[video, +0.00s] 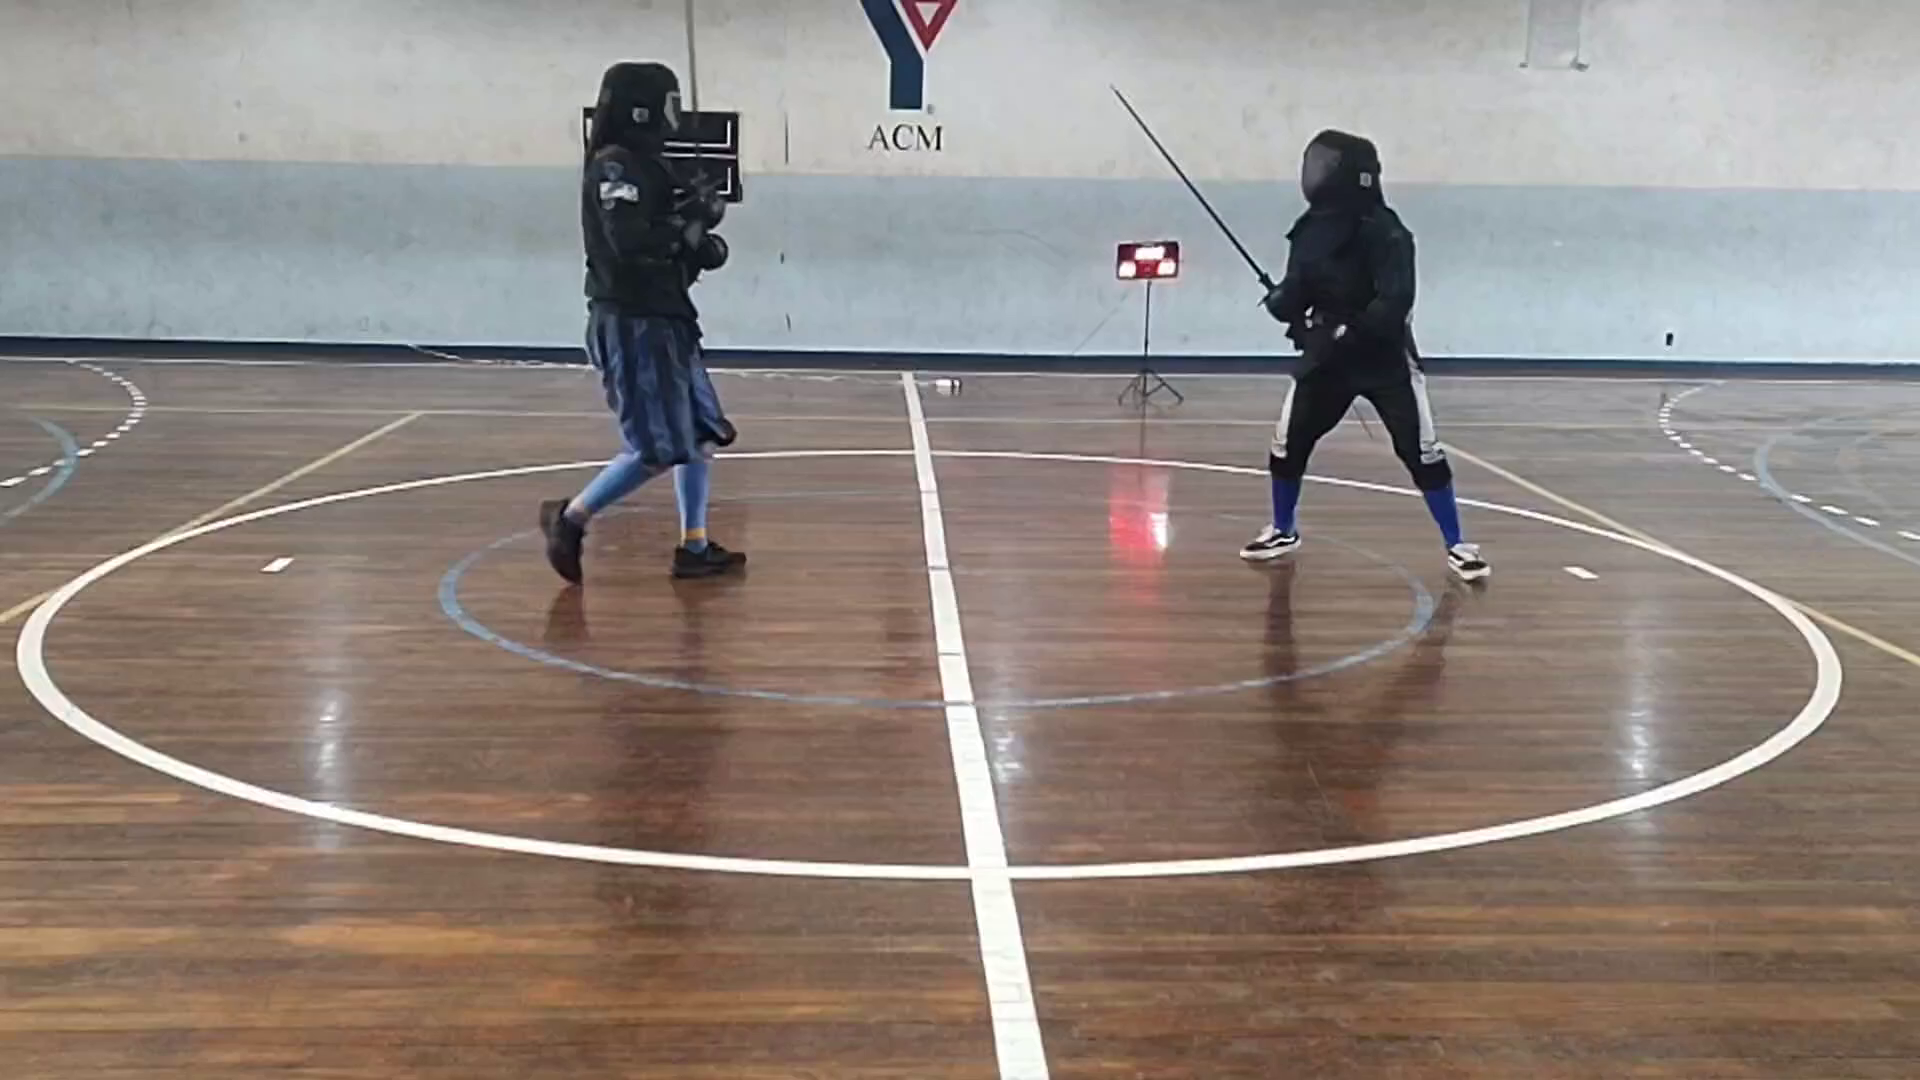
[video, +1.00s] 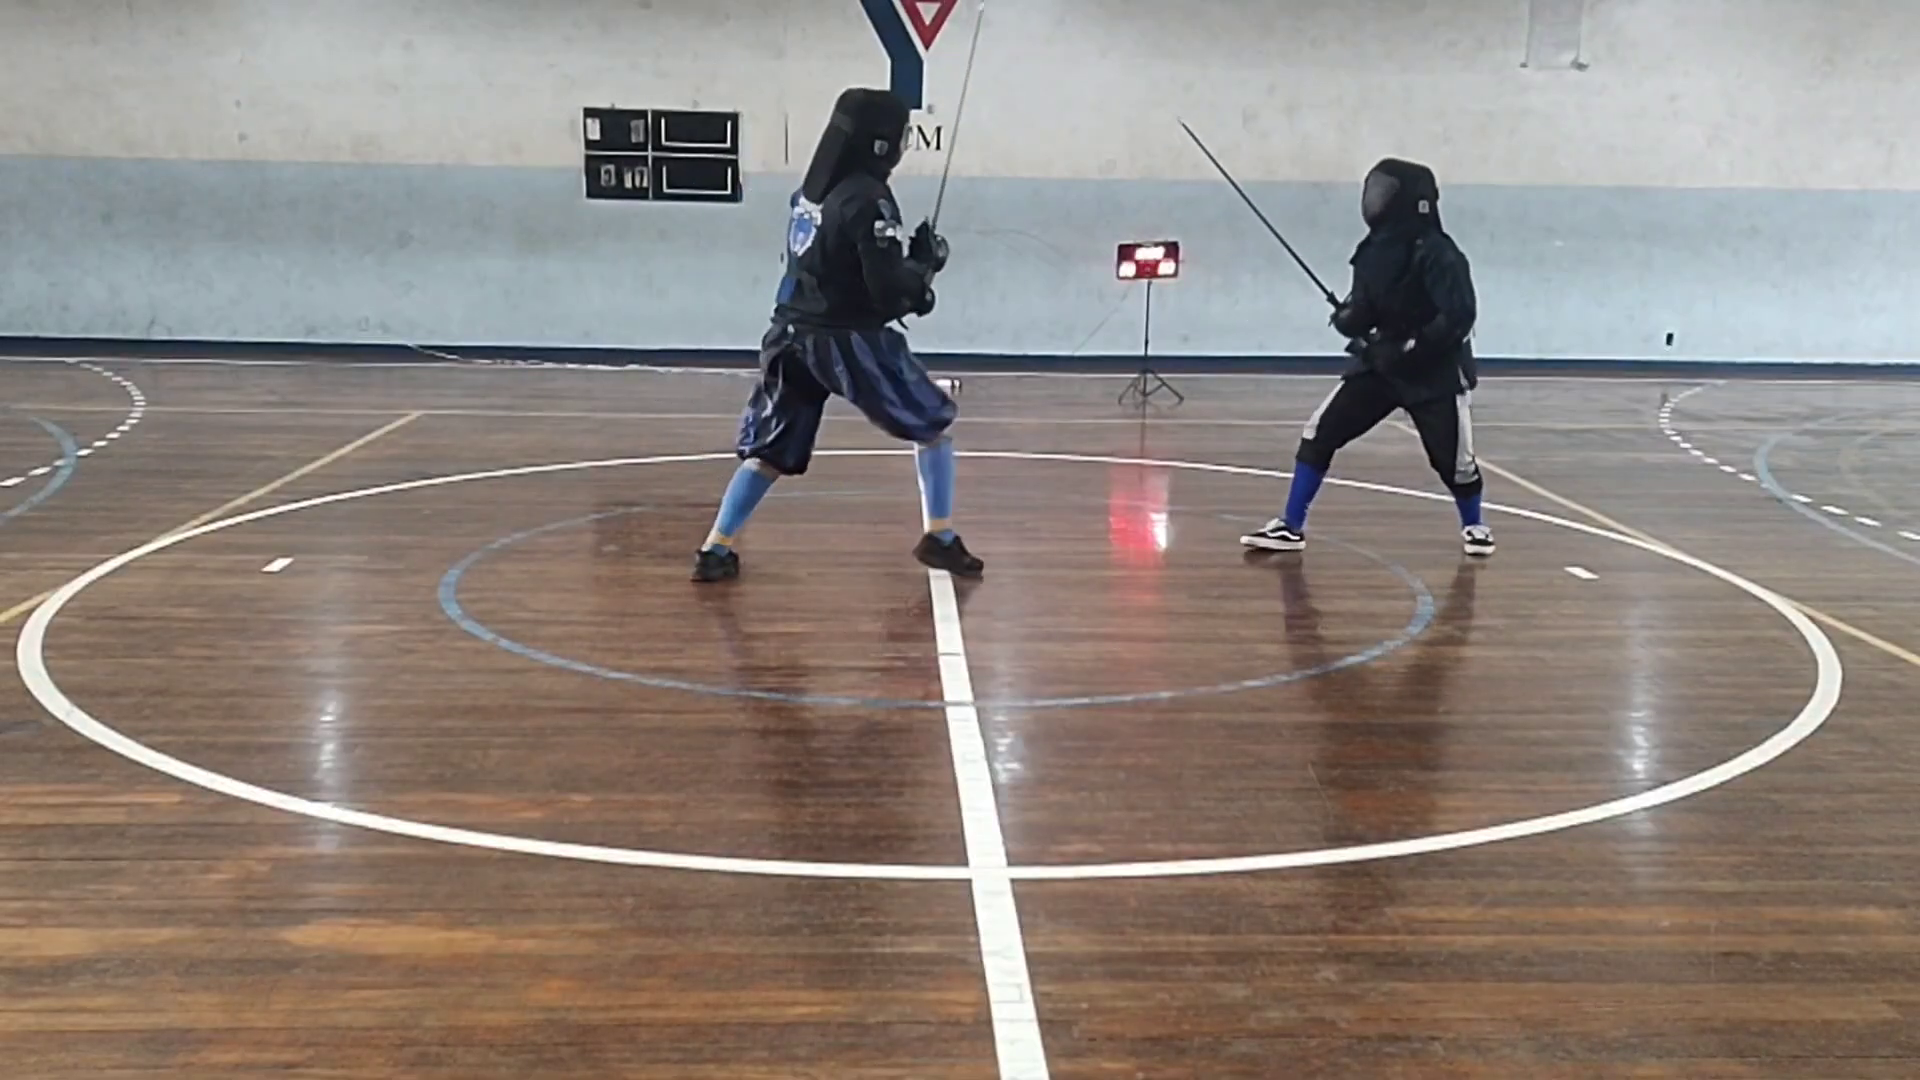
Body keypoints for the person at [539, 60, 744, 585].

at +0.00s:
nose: (671, 118)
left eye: (670, 107)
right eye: (664, 108)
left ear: (632, 109)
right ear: (638, 110)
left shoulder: (648, 165)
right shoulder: (615, 165)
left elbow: (664, 239)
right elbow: (630, 242)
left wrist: (698, 244)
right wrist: (690, 226)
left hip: (665, 319)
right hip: (630, 322)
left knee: (696, 436)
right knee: (658, 447)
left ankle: (695, 547)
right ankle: (569, 519)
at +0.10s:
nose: (696, 119)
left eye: (696, 109)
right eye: (690, 108)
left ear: (655, 109)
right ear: (664, 111)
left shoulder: (664, 167)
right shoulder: (642, 168)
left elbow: (676, 251)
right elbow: (662, 246)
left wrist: (718, 258)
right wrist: (716, 230)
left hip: (677, 315)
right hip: (652, 318)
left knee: (717, 432)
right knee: (708, 434)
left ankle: (696, 546)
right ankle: (636, 521)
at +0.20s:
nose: (718, 120)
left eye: (717, 110)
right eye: (711, 110)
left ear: (670, 112)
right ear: (688, 113)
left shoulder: (668, 167)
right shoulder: (674, 170)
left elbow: (687, 252)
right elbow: (690, 247)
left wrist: (735, 260)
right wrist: (741, 234)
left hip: (661, 315)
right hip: (684, 316)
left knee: (713, 433)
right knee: (750, 426)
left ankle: (695, 543)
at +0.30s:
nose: (741, 124)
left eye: (740, 113)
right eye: (736, 113)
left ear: (690, 115)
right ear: (713, 117)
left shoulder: (681, 168)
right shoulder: (703, 173)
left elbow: (711, 251)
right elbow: (718, 248)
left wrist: (761, 236)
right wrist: (766, 260)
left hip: (673, 319)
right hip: (707, 320)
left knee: (720, 433)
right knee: (770, 427)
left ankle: (696, 545)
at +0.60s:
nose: (809, 130)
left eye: (809, 120)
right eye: (805, 120)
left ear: (753, 121)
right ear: (785, 126)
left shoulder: (720, 173)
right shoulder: (774, 183)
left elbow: (740, 261)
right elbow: (798, 271)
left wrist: (807, 246)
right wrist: (829, 248)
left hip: (717, 326)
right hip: (769, 329)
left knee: (751, 438)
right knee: (830, 433)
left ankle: (719, 548)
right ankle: (847, 547)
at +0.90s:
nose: (873, 146)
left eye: (873, 136)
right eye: (870, 136)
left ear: (815, 131)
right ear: (853, 140)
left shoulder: (783, 183)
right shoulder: (840, 194)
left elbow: (803, 266)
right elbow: (865, 288)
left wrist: (875, 254)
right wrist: (892, 256)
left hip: (767, 330)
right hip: (822, 336)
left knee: (768, 444)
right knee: (886, 438)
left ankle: (716, 548)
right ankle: (923, 546)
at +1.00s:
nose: (903, 147)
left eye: (902, 137)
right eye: (899, 138)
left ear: (846, 135)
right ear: (880, 143)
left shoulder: (813, 186)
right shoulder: (869, 199)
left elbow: (829, 270)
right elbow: (889, 287)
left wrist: (907, 287)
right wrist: (925, 263)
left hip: (792, 333)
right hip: (852, 338)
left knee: (773, 445)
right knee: (932, 423)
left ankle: (716, 547)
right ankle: (940, 535)